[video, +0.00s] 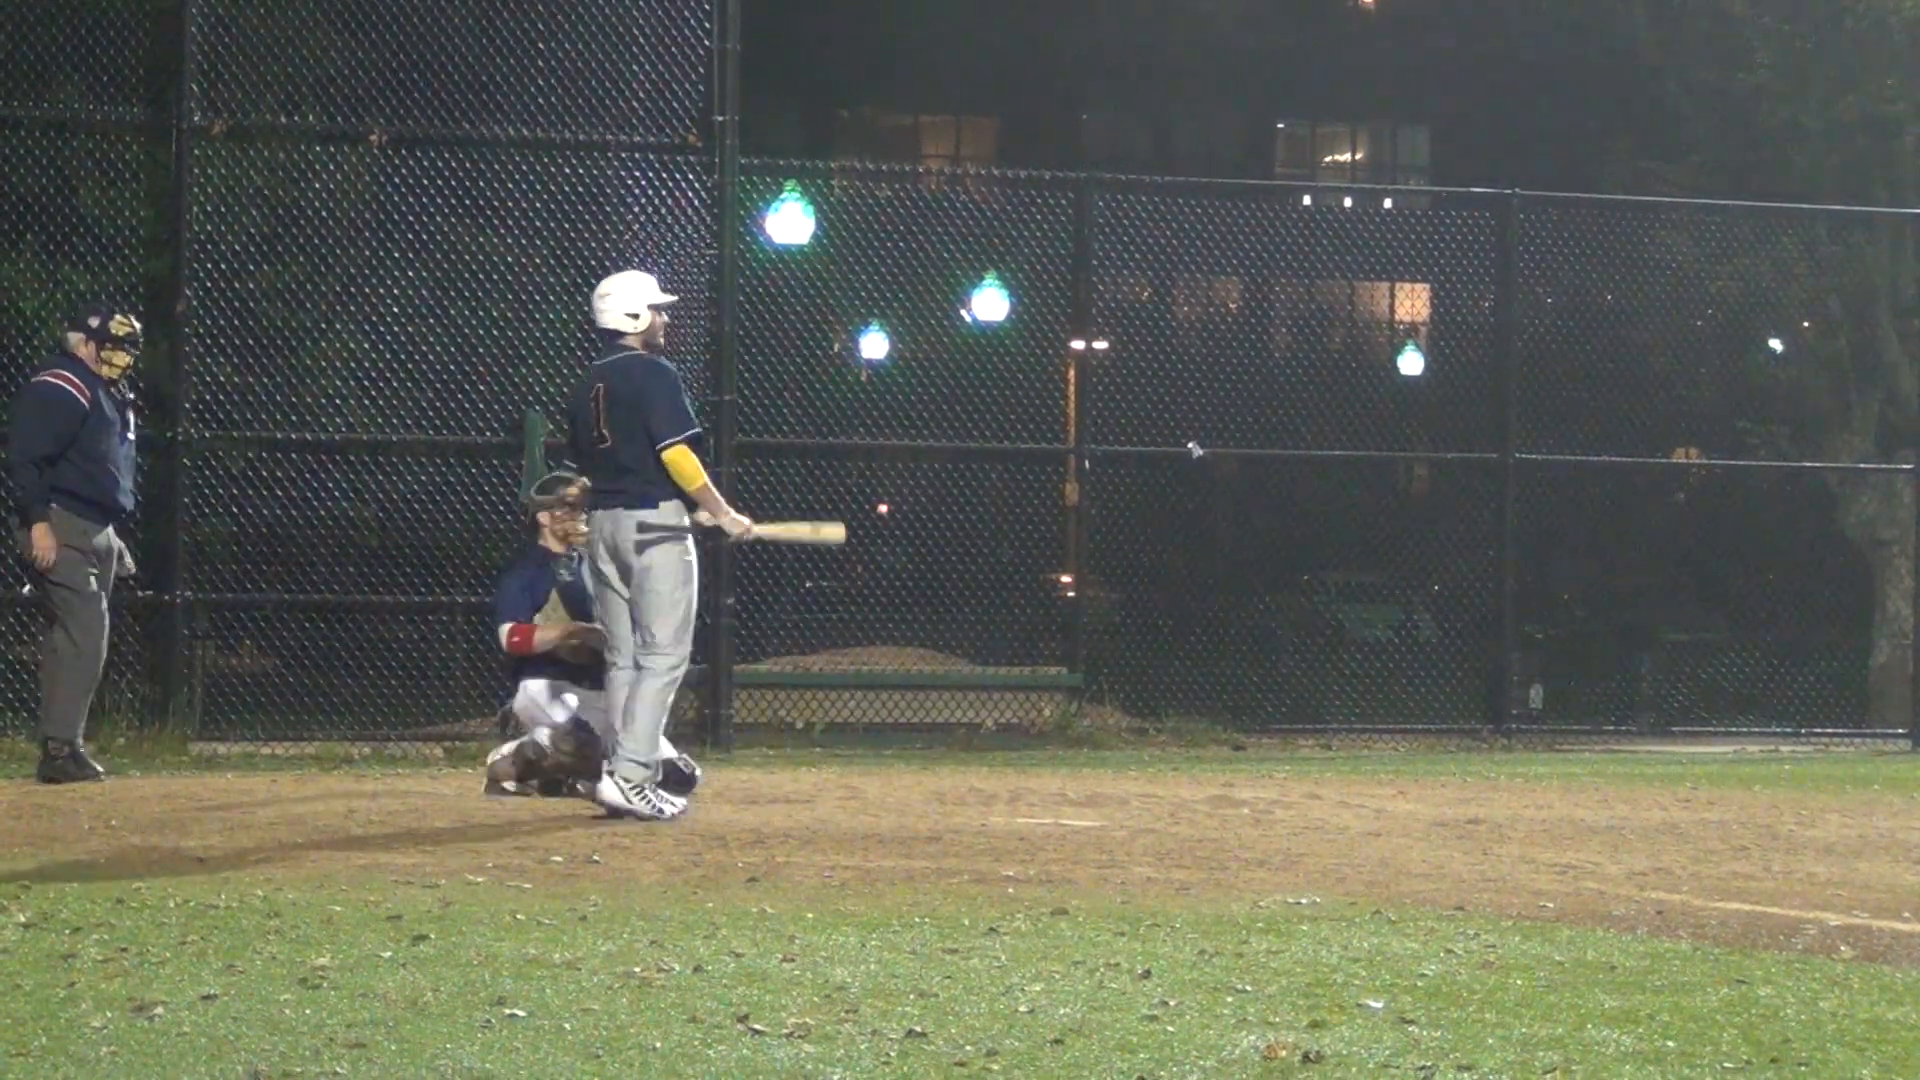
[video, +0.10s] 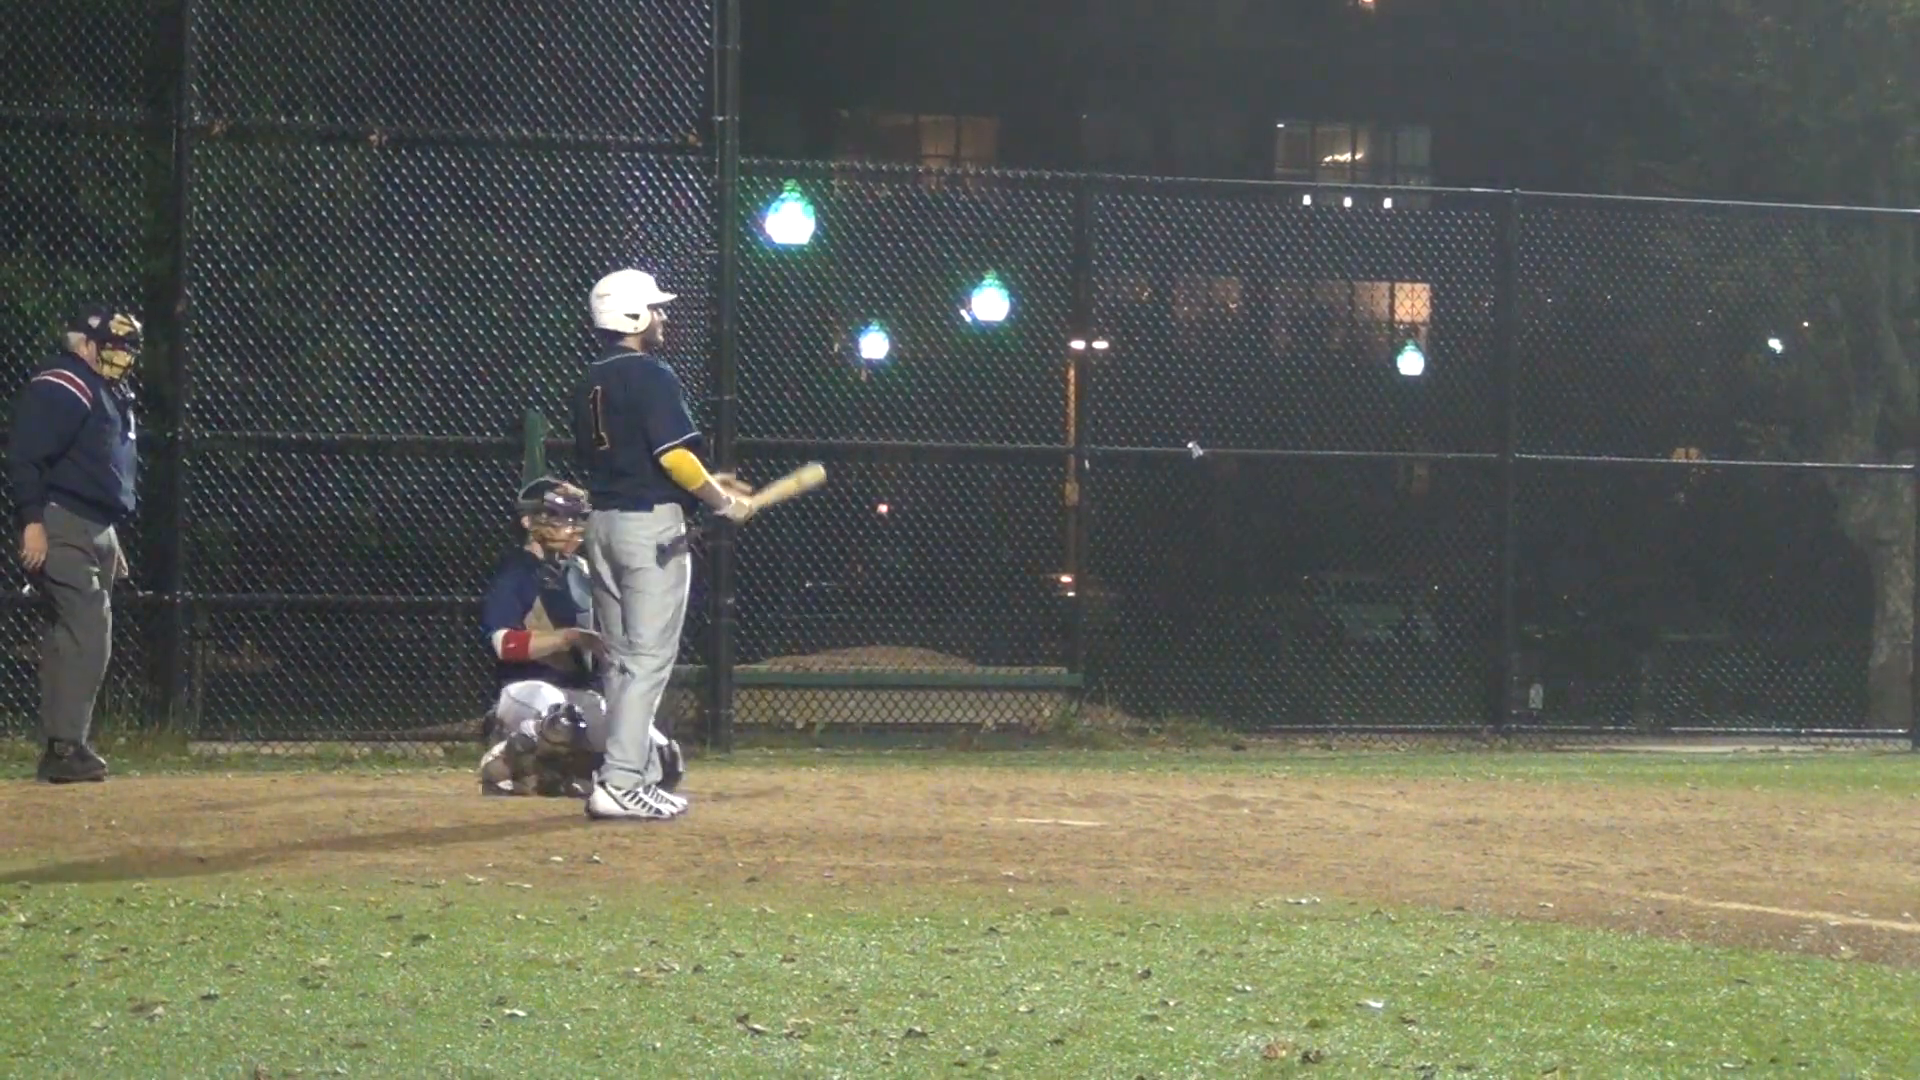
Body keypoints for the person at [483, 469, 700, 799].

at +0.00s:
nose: (567, 515)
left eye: (575, 506)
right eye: (557, 507)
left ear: (588, 512)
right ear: (539, 516)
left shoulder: (603, 560)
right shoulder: (528, 568)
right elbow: (511, 637)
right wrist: (569, 632)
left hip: (609, 689)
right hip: (548, 687)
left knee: (677, 775)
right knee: (585, 746)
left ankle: (574, 778)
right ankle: (512, 765)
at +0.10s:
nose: (572, 532)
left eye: (576, 523)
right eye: (560, 523)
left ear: (584, 524)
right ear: (529, 523)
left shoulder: (586, 571)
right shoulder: (517, 572)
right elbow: (505, 644)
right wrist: (570, 637)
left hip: (586, 693)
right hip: (528, 688)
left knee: (664, 759)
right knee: (564, 724)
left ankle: (561, 769)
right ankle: (508, 763)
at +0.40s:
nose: (544, 522)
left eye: (556, 514)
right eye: (537, 512)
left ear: (571, 522)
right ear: (522, 516)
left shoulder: (572, 565)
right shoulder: (505, 560)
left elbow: (583, 635)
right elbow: (520, 633)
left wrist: (623, 633)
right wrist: (586, 622)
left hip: (545, 676)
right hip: (491, 677)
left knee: (620, 695)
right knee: (554, 700)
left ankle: (536, 763)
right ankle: (485, 760)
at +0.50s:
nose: (561, 534)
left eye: (568, 525)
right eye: (550, 524)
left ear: (577, 530)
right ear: (523, 524)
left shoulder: (573, 574)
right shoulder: (507, 570)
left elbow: (583, 648)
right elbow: (520, 646)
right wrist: (580, 629)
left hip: (543, 680)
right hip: (483, 680)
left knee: (611, 691)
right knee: (551, 695)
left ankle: (535, 761)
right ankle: (484, 757)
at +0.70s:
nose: (566, 541)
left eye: (569, 533)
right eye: (555, 531)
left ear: (575, 537)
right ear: (528, 534)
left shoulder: (563, 585)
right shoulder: (504, 581)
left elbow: (574, 652)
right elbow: (517, 659)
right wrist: (577, 625)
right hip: (473, 690)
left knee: (609, 691)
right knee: (543, 691)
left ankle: (528, 763)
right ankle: (478, 764)